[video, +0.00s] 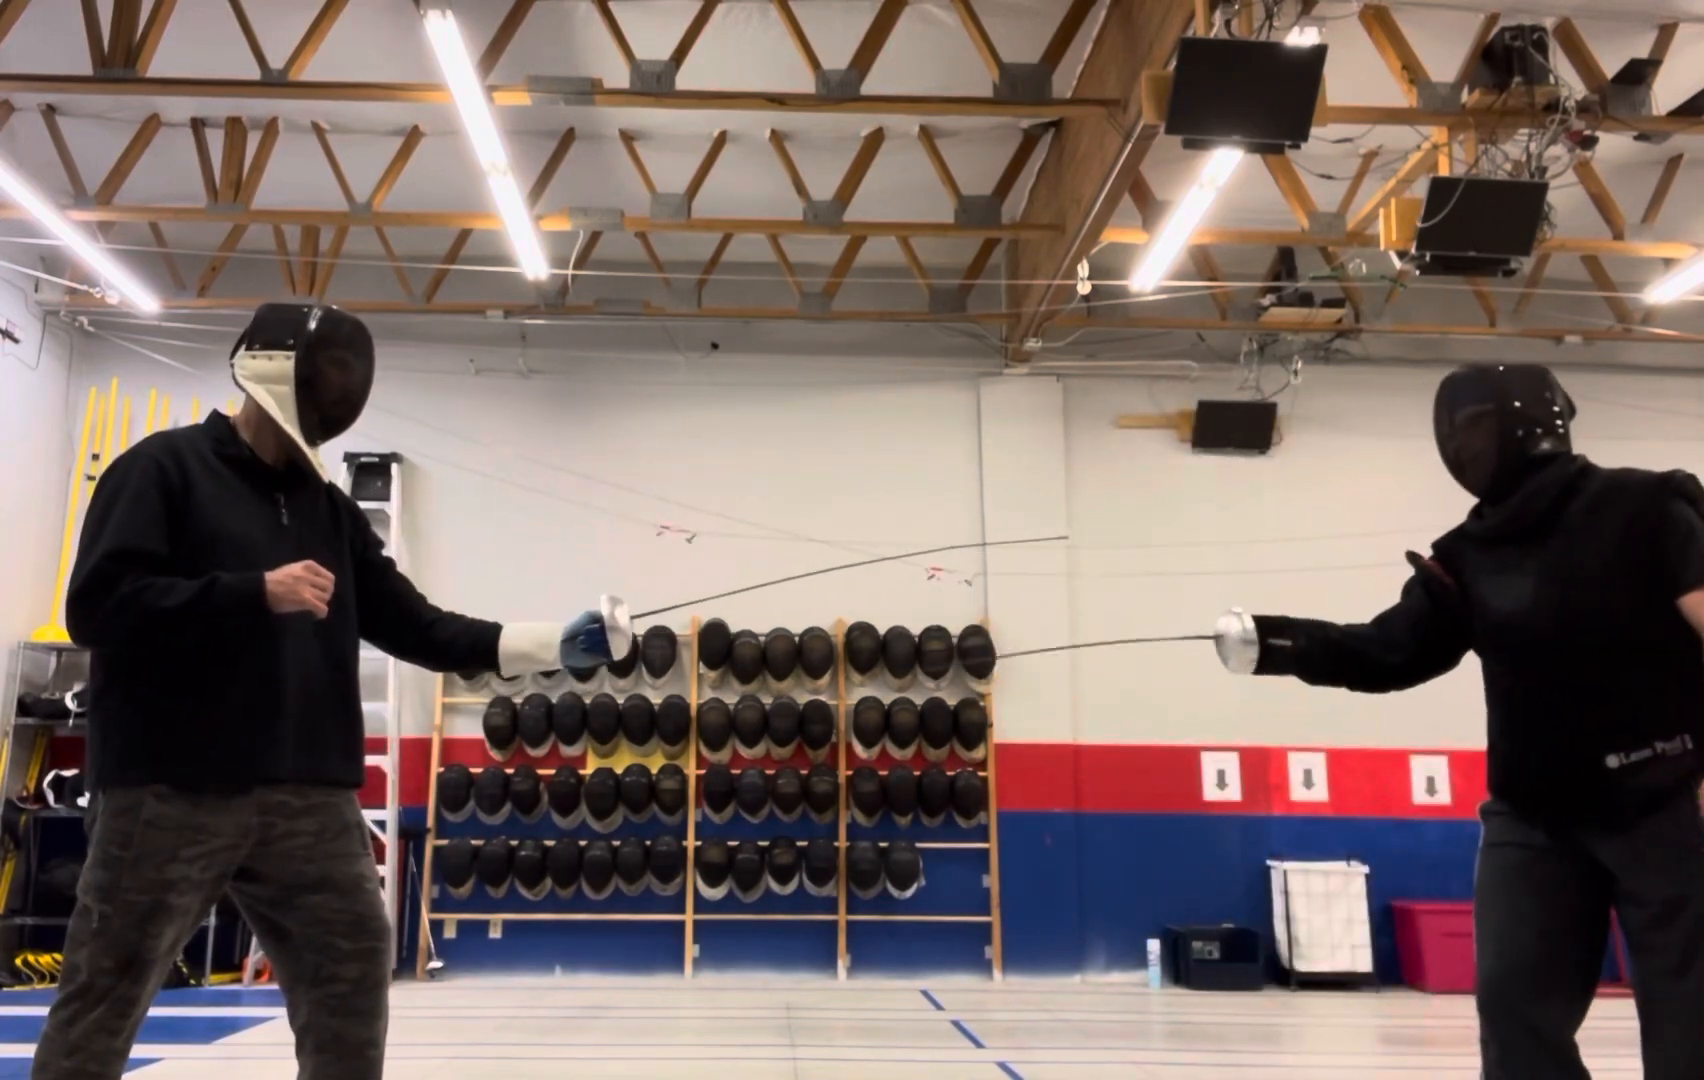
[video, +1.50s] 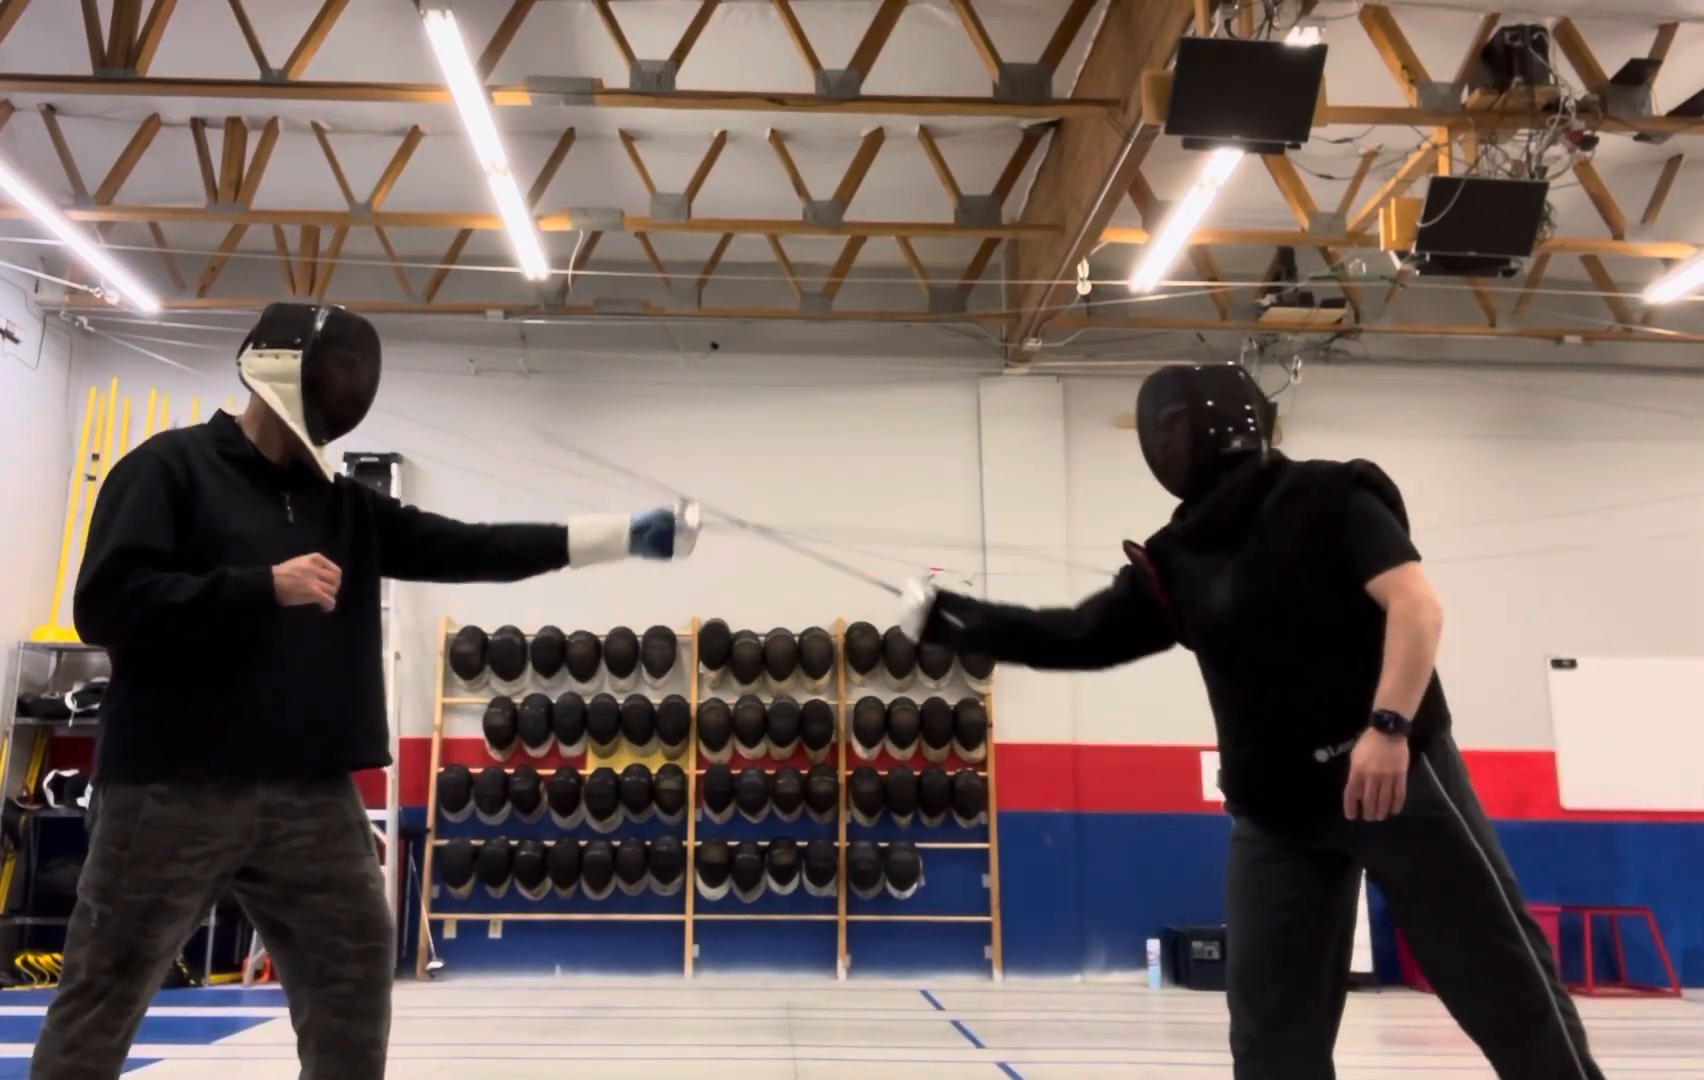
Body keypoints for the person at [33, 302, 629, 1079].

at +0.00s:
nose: (320, 418)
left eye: (332, 402)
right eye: (311, 392)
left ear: (335, 401)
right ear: (264, 373)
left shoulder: (327, 511)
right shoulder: (155, 470)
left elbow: (413, 625)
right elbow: (97, 606)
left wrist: (551, 645)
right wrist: (253, 590)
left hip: (305, 799)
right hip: (166, 794)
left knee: (350, 974)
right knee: (102, 1002)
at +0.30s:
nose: (325, 425)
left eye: (338, 409)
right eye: (317, 400)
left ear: (341, 404)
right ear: (270, 375)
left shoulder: (332, 511)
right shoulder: (162, 470)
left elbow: (420, 624)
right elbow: (105, 604)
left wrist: (560, 641)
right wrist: (261, 590)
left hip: (308, 796)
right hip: (170, 790)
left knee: (351, 981)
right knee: (103, 998)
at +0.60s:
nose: (329, 418)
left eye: (341, 401)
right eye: (321, 393)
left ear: (340, 401)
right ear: (271, 374)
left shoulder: (329, 511)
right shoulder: (164, 470)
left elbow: (416, 627)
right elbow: (110, 604)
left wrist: (557, 632)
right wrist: (269, 593)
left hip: (308, 796)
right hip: (171, 790)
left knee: (350, 980)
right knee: (104, 998)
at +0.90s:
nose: (326, 435)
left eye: (340, 418)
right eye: (317, 412)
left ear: (348, 410)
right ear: (271, 384)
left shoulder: (338, 515)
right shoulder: (166, 470)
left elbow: (452, 597)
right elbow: (102, 598)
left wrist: (596, 589)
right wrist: (261, 592)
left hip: (307, 801)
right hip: (168, 794)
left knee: (351, 996)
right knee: (96, 1009)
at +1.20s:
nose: (342, 428)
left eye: (354, 412)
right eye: (329, 404)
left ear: (364, 409)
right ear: (282, 381)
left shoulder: (369, 509)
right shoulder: (176, 468)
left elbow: (497, 524)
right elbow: (105, 598)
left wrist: (642, 492)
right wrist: (258, 587)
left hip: (317, 800)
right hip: (165, 795)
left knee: (354, 1017)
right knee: (93, 1012)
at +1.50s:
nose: (340, 418)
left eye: (351, 401)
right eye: (329, 394)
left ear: (352, 398)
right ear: (273, 374)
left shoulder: (343, 508)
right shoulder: (162, 471)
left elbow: (469, 548)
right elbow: (104, 602)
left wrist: (622, 536)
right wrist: (263, 585)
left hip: (309, 798)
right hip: (167, 795)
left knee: (351, 1000)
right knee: (97, 1008)